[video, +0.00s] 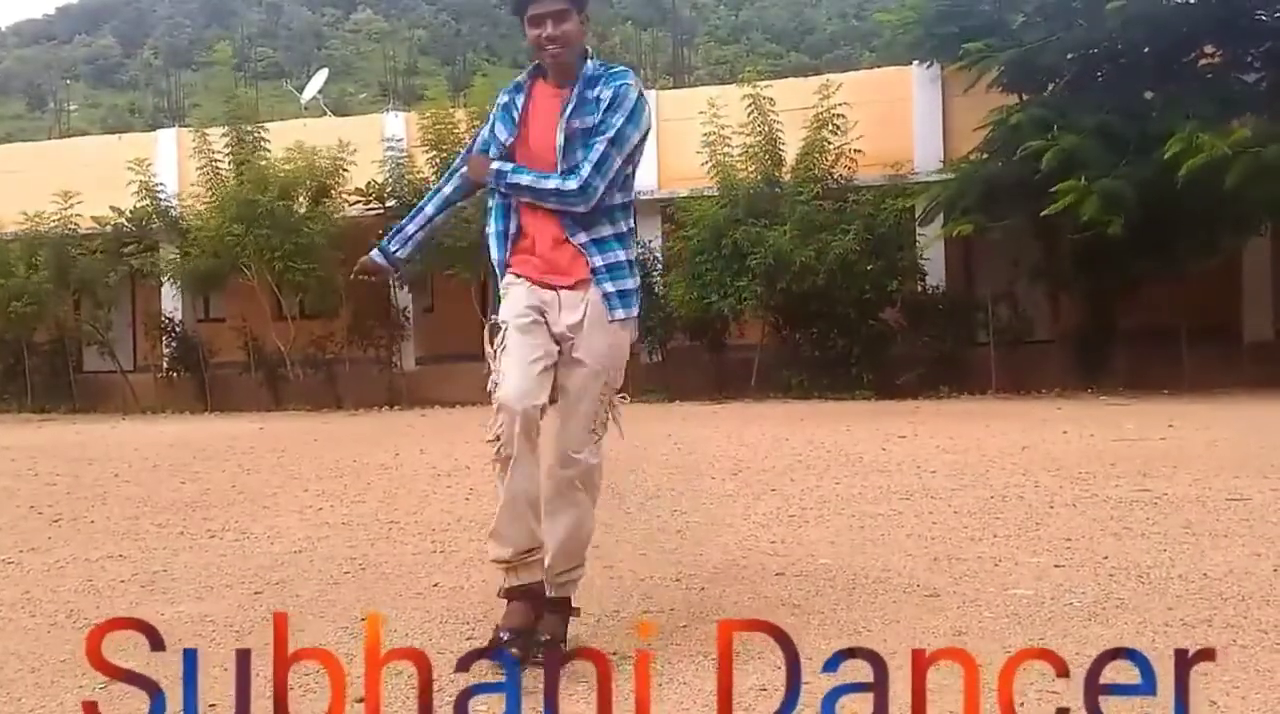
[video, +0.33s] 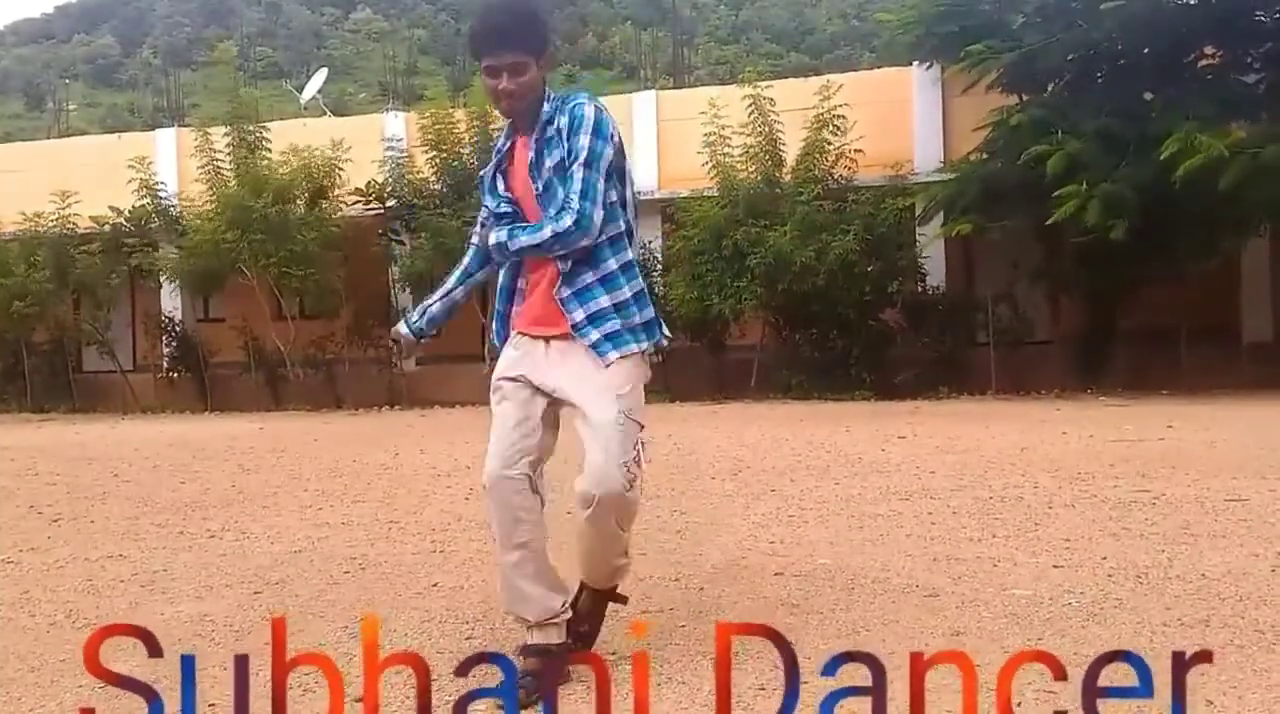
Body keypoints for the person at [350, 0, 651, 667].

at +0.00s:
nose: (548, 33)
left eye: (561, 19)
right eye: (537, 22)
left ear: (586, 22)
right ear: (525, 29)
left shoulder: (622, 92)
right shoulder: (513, 100)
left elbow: (584, 192)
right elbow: (463, 180)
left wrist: (497, 171)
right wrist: (392, 249)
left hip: (602, 290)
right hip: (525, 286)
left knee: (572, 452)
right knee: (517, 410)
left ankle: (557, 601)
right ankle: (522, 587)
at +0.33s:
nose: (504, 86)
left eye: (518, 70)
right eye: (492, 73)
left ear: (545, 64)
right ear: (480, 76)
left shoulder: (584, 118)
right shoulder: (498, 160)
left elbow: (580, 224)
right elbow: (485, 252)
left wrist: (503, 236)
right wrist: (422, 319)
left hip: (604, 333)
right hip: (528, 336)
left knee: (606, 486)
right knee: (504, 475)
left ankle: (597, 590)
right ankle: (544, 635)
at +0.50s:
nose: (497, 81)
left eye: (510, 67)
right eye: (485, 69)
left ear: (538, 69)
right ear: (474, 75)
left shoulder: (572, 126)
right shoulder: (495, 157)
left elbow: (588, 233)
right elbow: (517, 242)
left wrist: (611, 341)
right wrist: (517, 294)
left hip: (632, 317)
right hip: (552, 328)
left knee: (678, 458)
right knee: (526, 472)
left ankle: (711, 582)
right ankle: (545, 637)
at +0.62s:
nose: (523, 62)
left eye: (535, 49)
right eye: (510, 50)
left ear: (554, 52)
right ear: (492, 58)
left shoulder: (588, 106)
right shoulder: (494, 133)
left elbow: (650, 191)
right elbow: (533, 230)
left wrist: (721, 267)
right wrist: (596, 207)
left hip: (646, 310)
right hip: (565, 318)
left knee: (712, 460)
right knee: (548, 473)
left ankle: (772, 601)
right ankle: (547, 640)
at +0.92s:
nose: (643, 44)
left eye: (655, 31)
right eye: (630, 34)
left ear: (675, 40)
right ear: (613, 46)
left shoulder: (706, 125)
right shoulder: (592, 114)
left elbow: (781, 173)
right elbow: (589, 205)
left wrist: (874, 193)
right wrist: (693, 179)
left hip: (695, 318)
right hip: (610, 324)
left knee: (749, 480)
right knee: (579, 487)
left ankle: (788, 625)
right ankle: (546, 644)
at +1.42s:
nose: (706, 54)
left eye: (717, 43)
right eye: (695, 46)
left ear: (742, 50)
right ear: (683, 60)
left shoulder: (771, 110)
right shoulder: (666, 141)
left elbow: (737, 191)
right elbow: (604, 215)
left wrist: (646, 201)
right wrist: (531, 286)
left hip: (747, 304)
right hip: (666, 311)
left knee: (756, 455)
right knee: (629, 450)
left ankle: (783, 618)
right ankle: (665, 556)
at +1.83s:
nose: (633, 98)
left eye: (645, 88)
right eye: (623, 88)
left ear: (663, 97)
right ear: (609, 100)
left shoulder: (693, 139)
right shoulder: (610, 186)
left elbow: (716, 216)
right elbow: (621, 259)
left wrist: (706, 302)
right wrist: (616, 287)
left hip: (707, 327)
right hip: (639, 338)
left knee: (737, 453)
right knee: (639, 468)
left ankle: (783, 586)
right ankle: (685, 587)